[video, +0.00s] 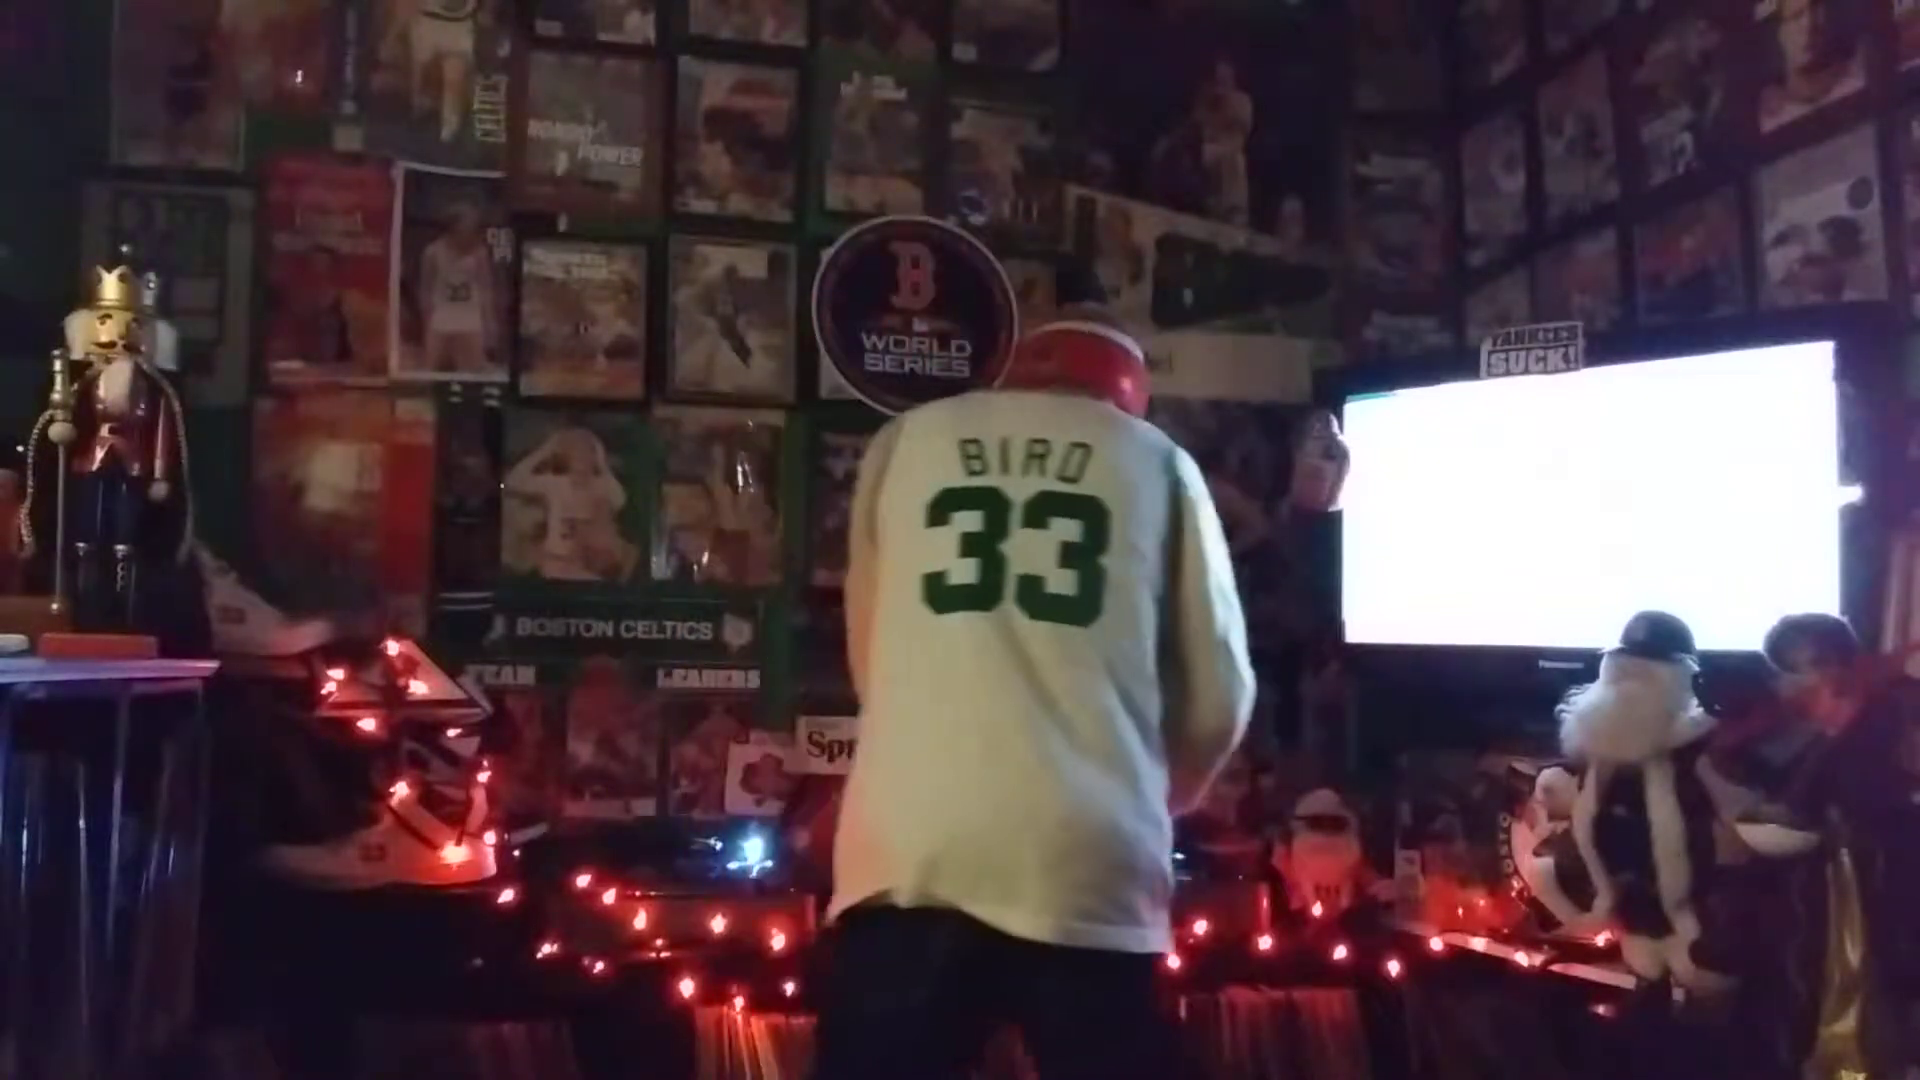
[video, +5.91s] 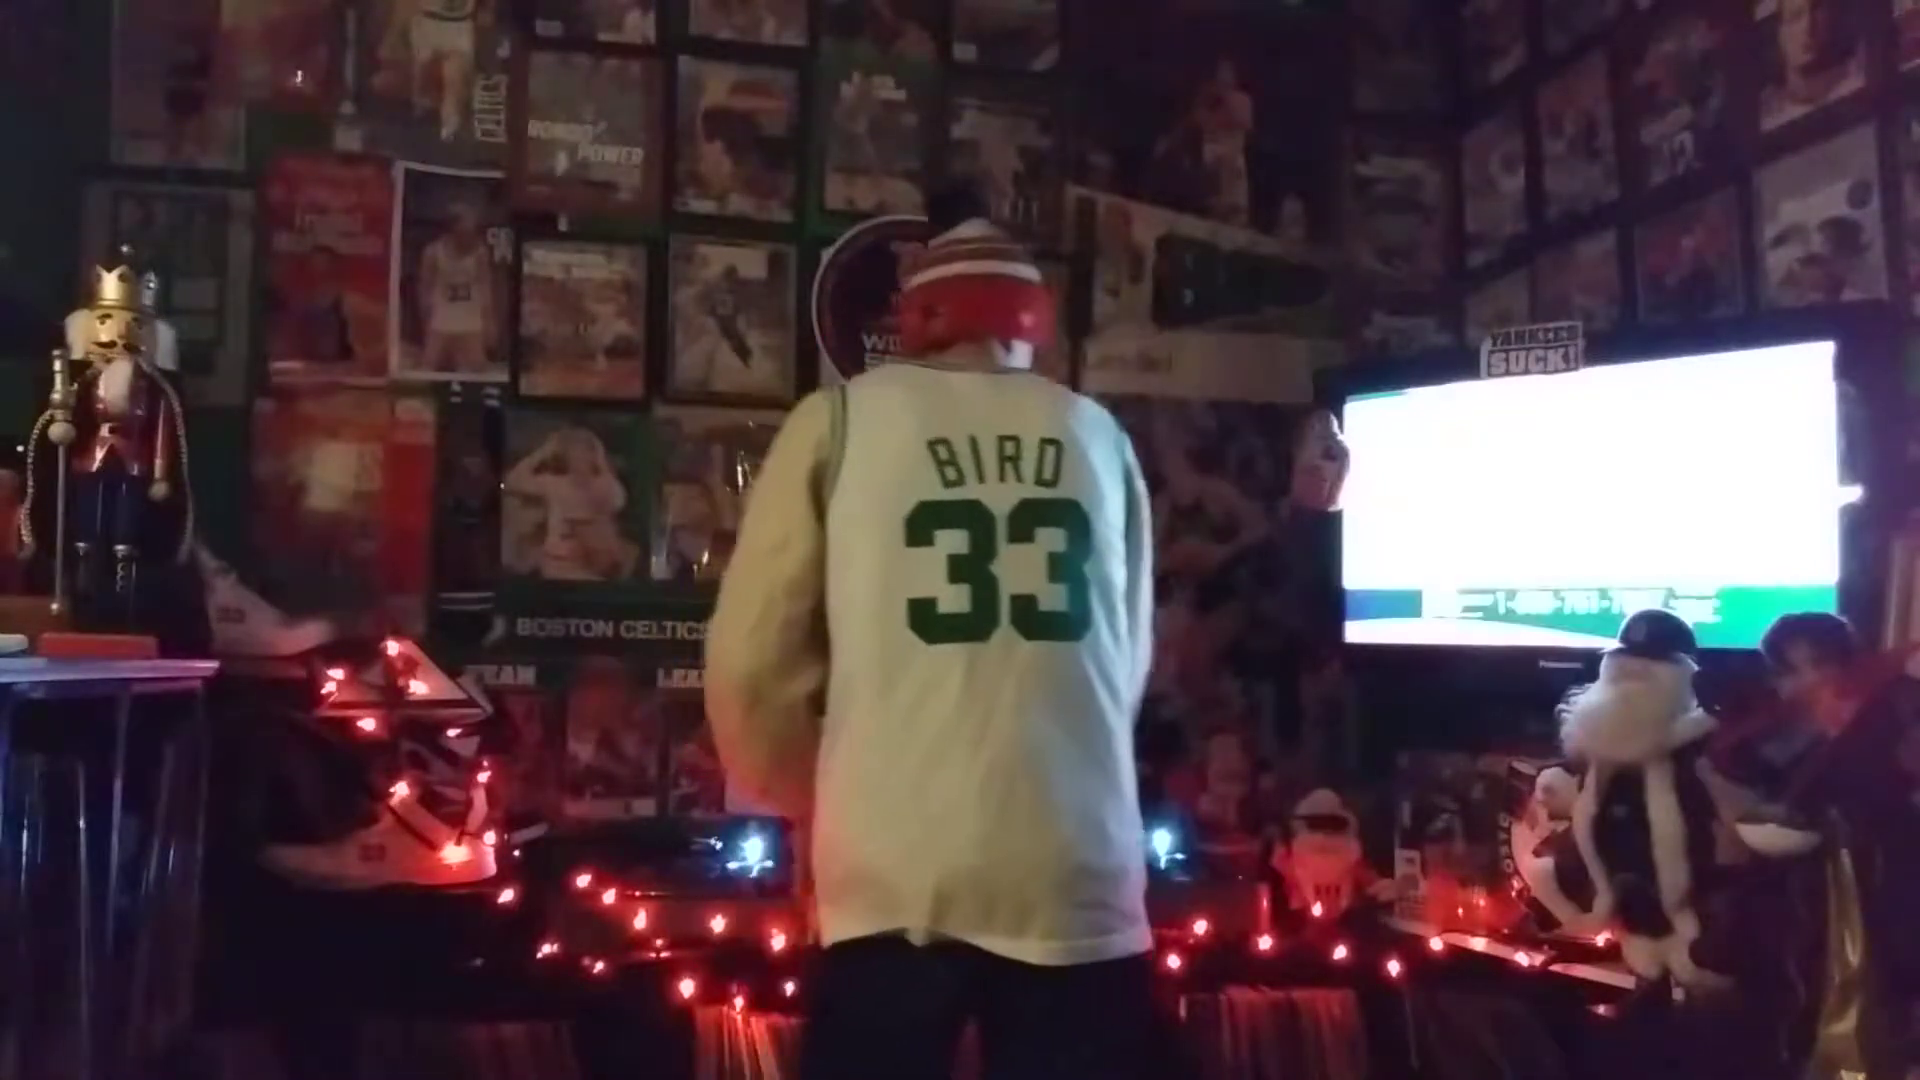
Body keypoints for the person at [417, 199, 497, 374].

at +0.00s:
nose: (467, 234)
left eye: (471, 229)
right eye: (463, 228)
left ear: (476, 229)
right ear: (453, 227)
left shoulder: (479, 252)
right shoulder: (434, 252)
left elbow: (486, 289)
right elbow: (425, 287)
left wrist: (490, 324)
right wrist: (427, 316)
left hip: (470, 323)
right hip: (440, 323)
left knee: (471, 378)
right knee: (435, 377)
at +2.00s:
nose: (466, 235)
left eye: (470, 230)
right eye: (462, 230)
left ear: (475, 230)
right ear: (453, 228)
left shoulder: (480, 253)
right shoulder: (434, 252)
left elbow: (486, 290)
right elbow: (425, 288)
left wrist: (490, 324)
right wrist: (428, 318)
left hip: (471, 326)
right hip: (440, 325)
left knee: (472, 379)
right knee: (435, 378)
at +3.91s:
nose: (469, 236)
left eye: (472, 231)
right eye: (464, 230)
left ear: (477, 231)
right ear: (455, 229)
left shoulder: (481, 254)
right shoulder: (433, 253)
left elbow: (488, 291)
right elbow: (425, 289)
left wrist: (490, 323)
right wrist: (427, 319)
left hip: (471, 330)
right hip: (439, 330)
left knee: (472, 383)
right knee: (433, 382)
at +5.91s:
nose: (465, 236)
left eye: (470, 231)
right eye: (462, 231)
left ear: (475, 231)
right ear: (452, 229)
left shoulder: (480, 252)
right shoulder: (434, 253)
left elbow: (487, 289)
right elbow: (425, 287)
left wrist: (490, 323)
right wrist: (427, 315)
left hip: (472, 326)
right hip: (441, 326)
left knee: (474, 376)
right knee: (432, 377)